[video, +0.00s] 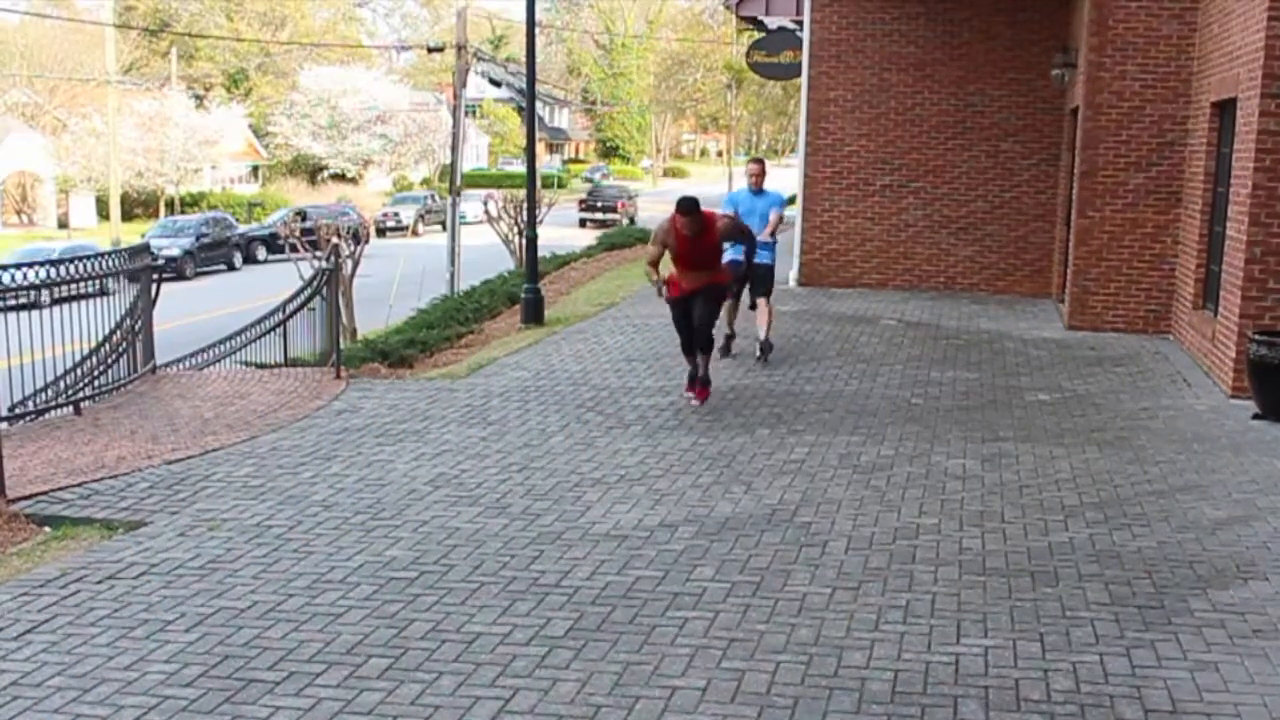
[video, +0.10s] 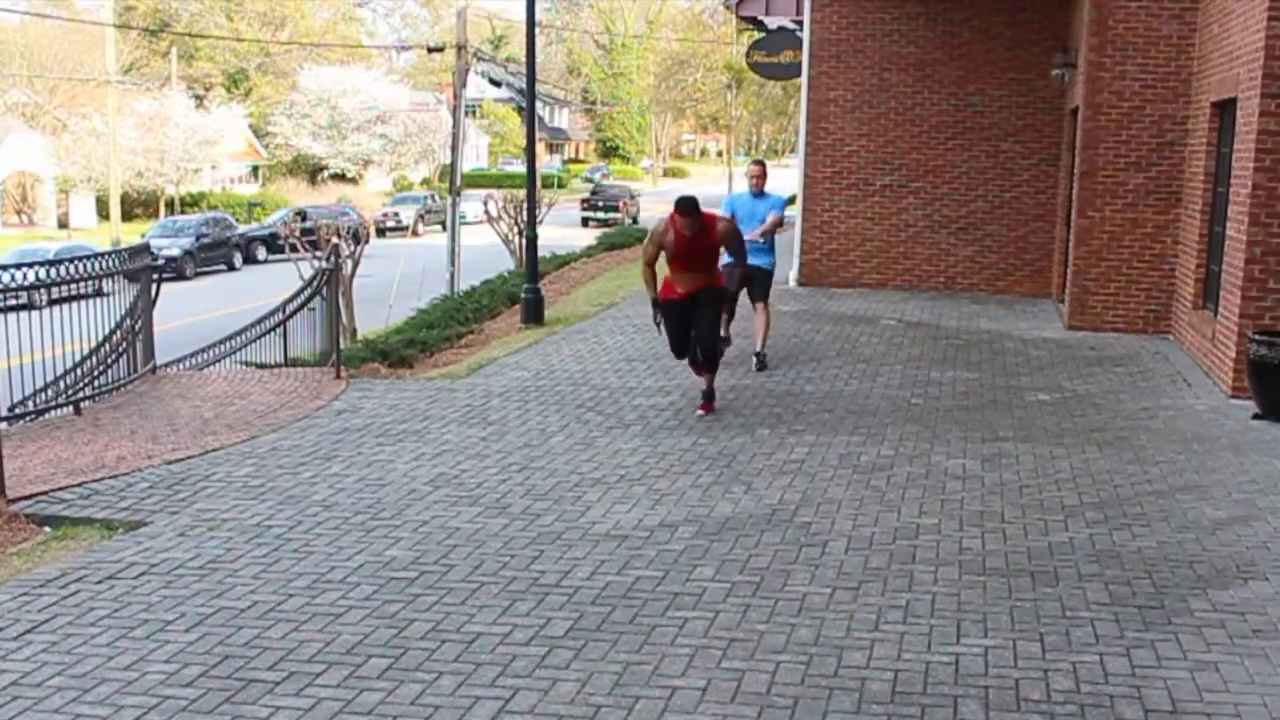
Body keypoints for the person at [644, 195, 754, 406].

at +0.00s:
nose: (686, 229)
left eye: (689, 224)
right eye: (682, 224)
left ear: (700, 218)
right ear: (676, 218)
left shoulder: (722, 226)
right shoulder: (666, 230)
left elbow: (750, 241)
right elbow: (651, 263)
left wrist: (746, 271)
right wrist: (657, 281)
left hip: (711, 282)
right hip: (681, 284)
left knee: (702, 328)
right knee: (685, 334)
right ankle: (693, 370)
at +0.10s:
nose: (688, 228)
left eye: (692, 223)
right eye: (683, 224)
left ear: (700, 217)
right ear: (675, 218)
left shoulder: (722, 229)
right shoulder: (663, 231)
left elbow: (740, 258)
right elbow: (648, 263)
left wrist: (734, 292)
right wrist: (654, 300)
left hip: (707, 290)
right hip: (675, 293)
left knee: (709, 344)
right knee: (679, 350)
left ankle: (709, 390)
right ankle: (693, 351)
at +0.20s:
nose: (680, 234)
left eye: (685, 228)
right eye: (676, 228)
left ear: (696, 221)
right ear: (670, 222)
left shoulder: (717, 238)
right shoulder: (657, 238)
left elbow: (729, 276)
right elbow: (641, 256)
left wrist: (718, 292)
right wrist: (650, 286)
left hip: (705, 301)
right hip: (670, 300)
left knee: (708, 352)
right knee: (673, 347)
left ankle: (706, 392)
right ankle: (684, 359)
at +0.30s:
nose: (670, 233)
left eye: (675, 228)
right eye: (665, 228)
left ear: (685, 219)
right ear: (658, 220)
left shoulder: (707, 233)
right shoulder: (647, 233)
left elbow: (724, 274)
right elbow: (631, 245)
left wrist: (707, 282)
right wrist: (644, 277)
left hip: (698, 295)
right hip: (664, 290)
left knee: (698, 343)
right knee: (662, 338)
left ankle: (707, 387)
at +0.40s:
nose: (654, 228)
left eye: (660, 223)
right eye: (651, 222)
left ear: (673, 217)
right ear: (646, 216)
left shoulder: (698, 234)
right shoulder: (636, 236)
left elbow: (722, 271)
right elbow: (625, 266)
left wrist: (709, 301)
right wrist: (630, 306)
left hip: (695, 299)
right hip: (658, 295)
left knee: (693, 361)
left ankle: (703, 375)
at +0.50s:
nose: (644, 234)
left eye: (650, 229)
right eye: (640, 227)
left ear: (664, 223)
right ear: (635, 223)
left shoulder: (690, 243)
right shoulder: (628, 249)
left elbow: (722, 273)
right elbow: (620, 285)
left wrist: (716, 312)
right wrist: (619, 316)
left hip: (687, 311)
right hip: (652, 310)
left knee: (676, 372)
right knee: (647, 372)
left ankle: (694, 376)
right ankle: (670, 416)